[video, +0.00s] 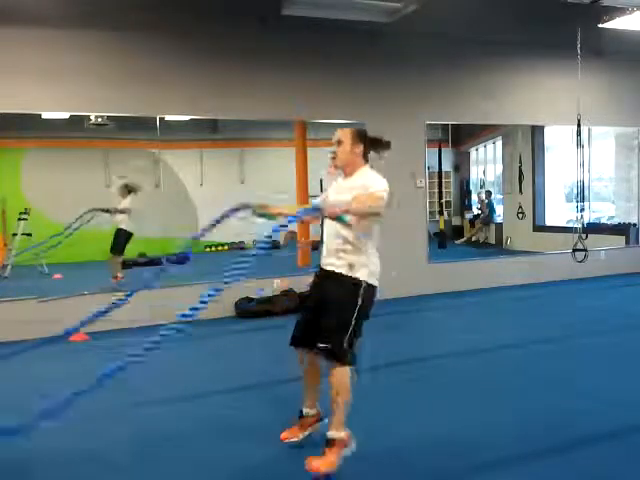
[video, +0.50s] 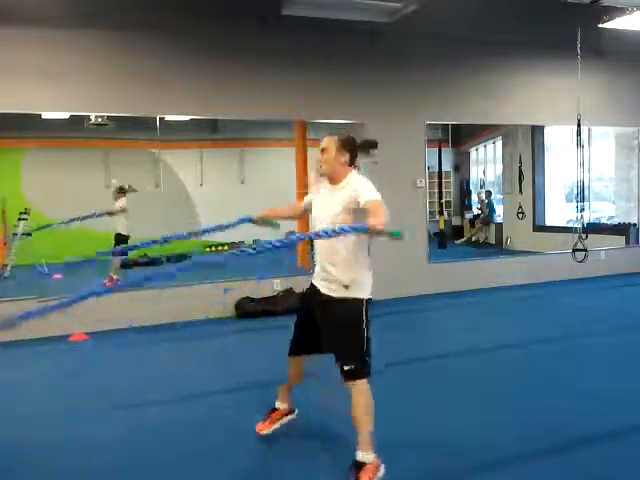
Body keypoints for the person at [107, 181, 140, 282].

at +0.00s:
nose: (119, 193)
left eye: (121, 191)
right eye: (119, 191)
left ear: (126, 191)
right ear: (126, 191)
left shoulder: (130, 199)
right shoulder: (124, 201)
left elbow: (128, 210)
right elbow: (120, 211)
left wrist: (116, 211)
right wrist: (111, 211)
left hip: (126, 228)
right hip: (121, 227)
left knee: (117, 253)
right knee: (115, 252)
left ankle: (118, 274)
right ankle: (116, 274)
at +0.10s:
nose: (120, 196)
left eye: (122, 194)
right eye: (120, 194)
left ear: (126, 194)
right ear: (128, 195)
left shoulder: (128, 204)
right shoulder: (124, 204)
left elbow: (117, 215)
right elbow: (116, 216)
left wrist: (103, 213)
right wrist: (104, 219)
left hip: (122, 233)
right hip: (120, 232)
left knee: (113, 257)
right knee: (114, 257)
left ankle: (113, 278)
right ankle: (113, 277)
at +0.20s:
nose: (119, 200)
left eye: (121, 198)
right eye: (120, 198)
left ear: (125, 200)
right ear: (126, 201)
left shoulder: (126, 210)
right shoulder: (122, 210)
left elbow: (118, 221)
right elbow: (118, 223)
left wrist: (105, 222)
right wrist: (111, 228)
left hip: (120, 239)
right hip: (118, 237)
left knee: (109, 260)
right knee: (110, 260)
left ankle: (111, 280)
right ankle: (111, 280)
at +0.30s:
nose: (119, 194)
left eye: (121, 192)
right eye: (120, 192)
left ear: (126, 194)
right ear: (127, 194)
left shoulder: (126, 205)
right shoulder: (123, 204)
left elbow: (115, 213)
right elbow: (121, 218)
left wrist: (98, 216)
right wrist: (113, 221)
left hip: (120, 235)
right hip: (118, 234)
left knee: (112, 259)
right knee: (113, 259)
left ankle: (110, 279)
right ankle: (111, 279)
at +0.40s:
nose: (120, 192)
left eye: (122, 190)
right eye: (121, 190)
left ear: (125, 192)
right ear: (127, 193)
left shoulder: (124, 203)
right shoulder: (121, 203)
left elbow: (110, 205)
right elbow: (114, 210)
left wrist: (94, 206)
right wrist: (107, 210)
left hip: (122, 231)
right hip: (119, 230)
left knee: (116, 255)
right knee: (115, 255)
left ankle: (112, 277)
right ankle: (113, 276)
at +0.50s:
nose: (113, 196)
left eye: (114, 194)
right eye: (113, 194)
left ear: (119, 194)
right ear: (121, 194)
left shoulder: (122, 203)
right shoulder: (119, 203)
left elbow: (115, 211)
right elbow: (113, 212)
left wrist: (103, 213)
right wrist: (102, 213)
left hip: (122, 232)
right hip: (119, 231)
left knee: (117, 256)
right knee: (116, 256)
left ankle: (113, 276)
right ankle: (113, 276)